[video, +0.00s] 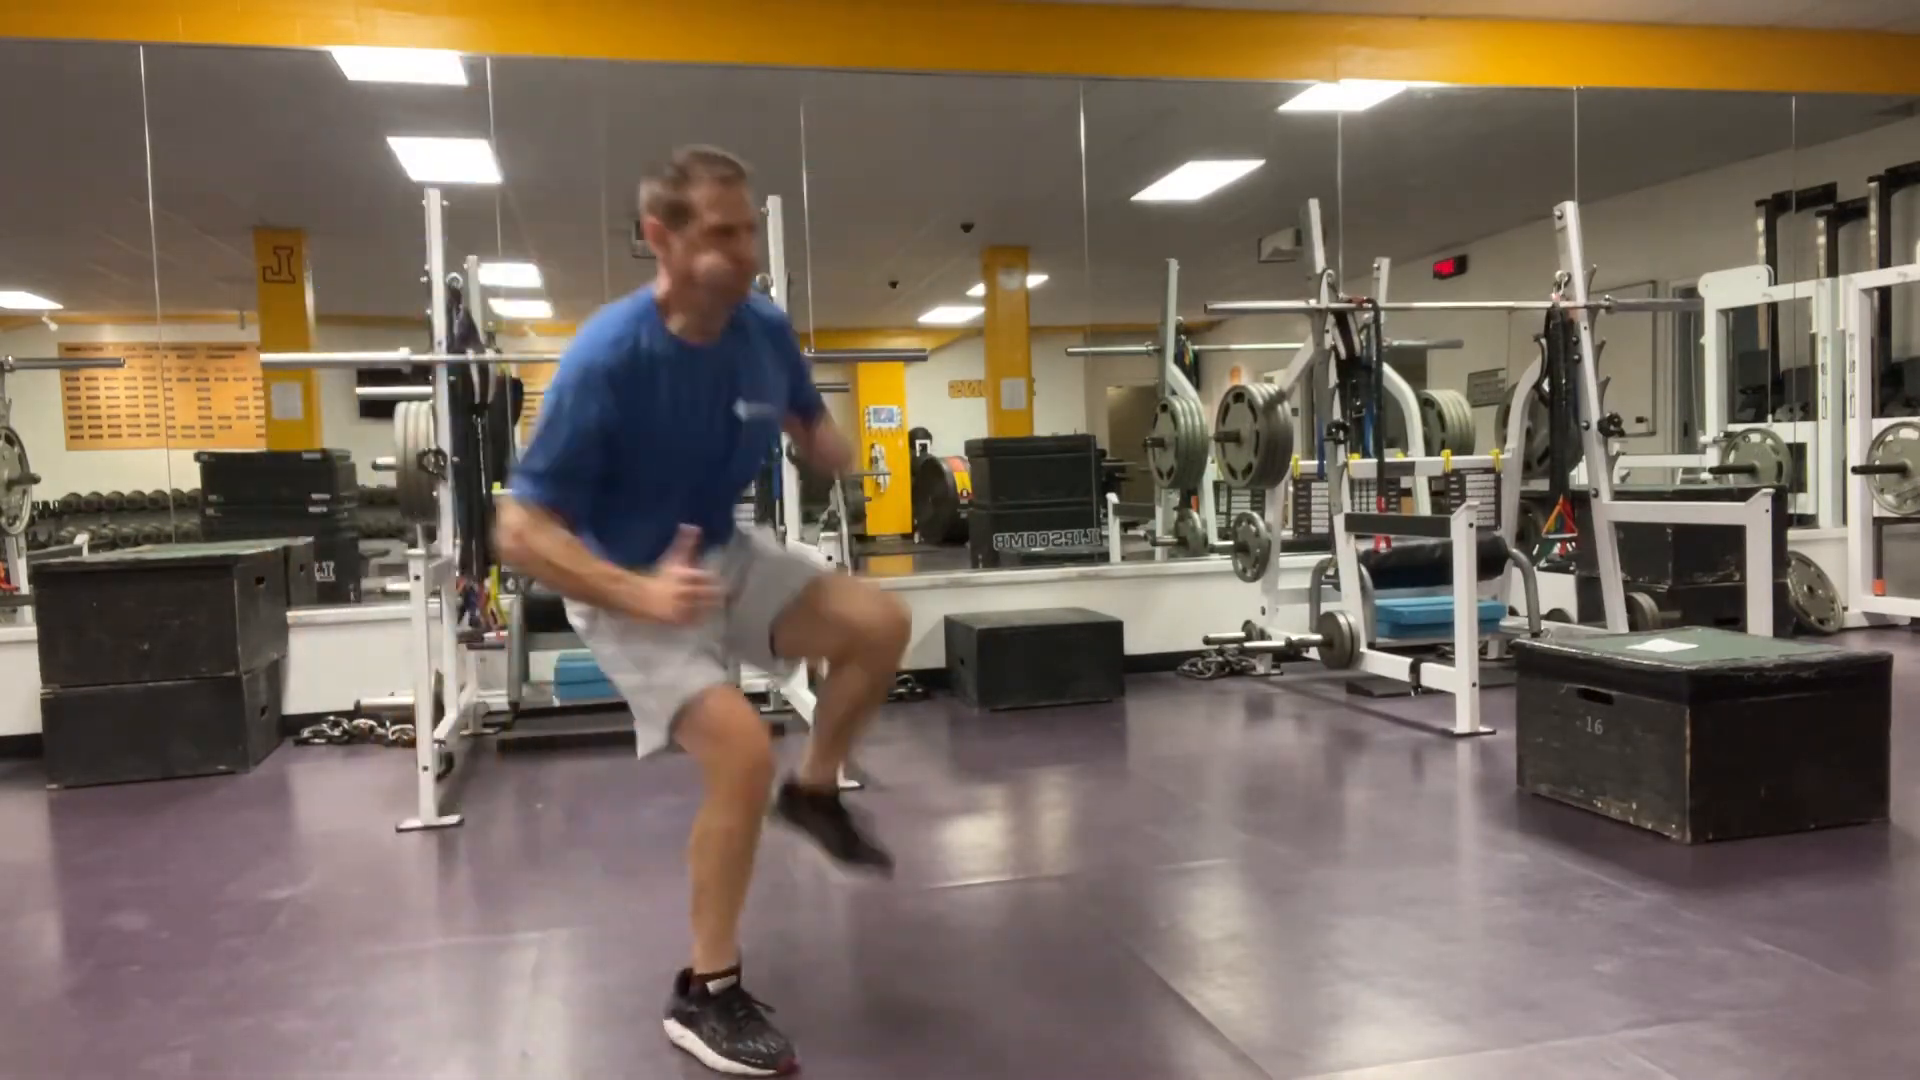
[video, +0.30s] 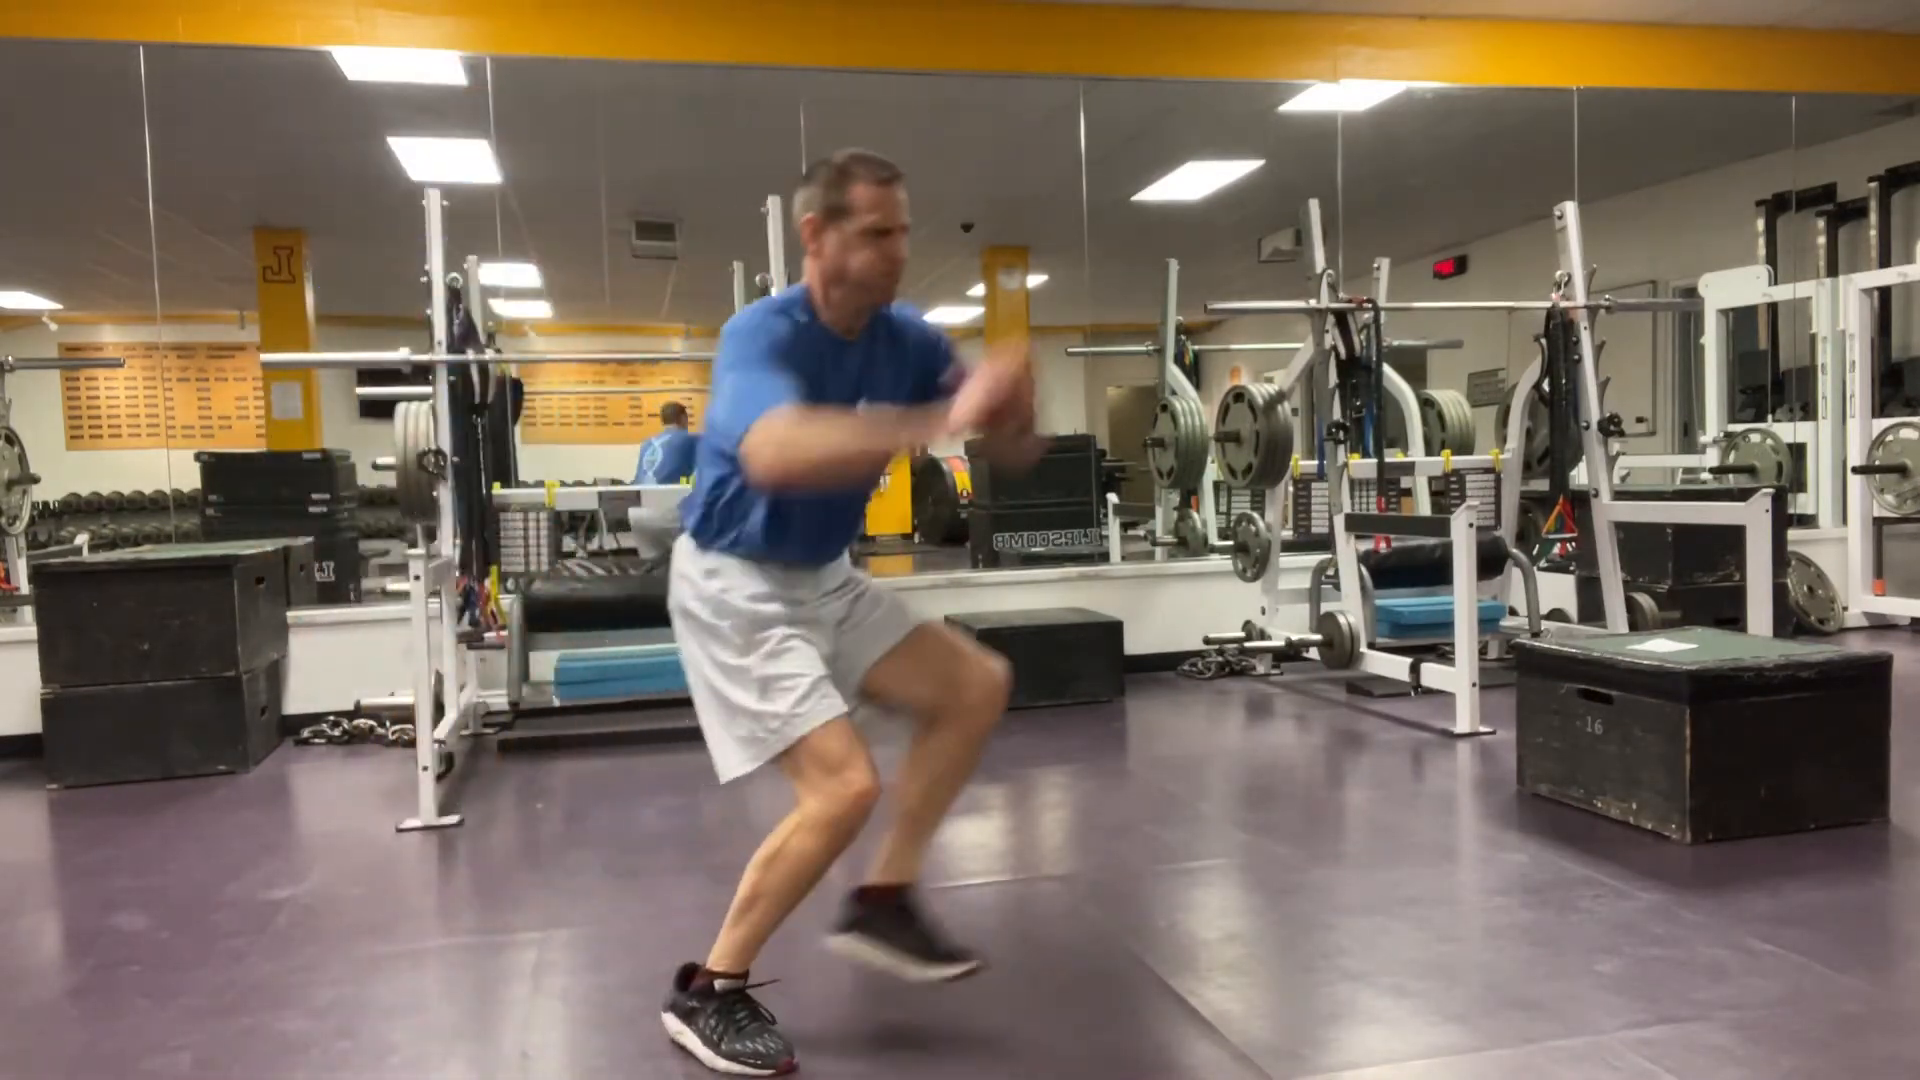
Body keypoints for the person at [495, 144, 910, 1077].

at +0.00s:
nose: (744, 253)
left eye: (749, 233)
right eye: (720, 235)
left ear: (758, 234)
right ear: (659, 239)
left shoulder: (764, 332)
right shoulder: (604, 357)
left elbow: (819, 448)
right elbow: (518, 529)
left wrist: (829, 442)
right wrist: (637, 592)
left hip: (723, 557)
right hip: (626, 592)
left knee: (879, 626)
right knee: (744, 752)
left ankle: (815, 789)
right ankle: (709, 988)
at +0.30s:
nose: (896, 252)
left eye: (901, 234)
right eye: (875, 234)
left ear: (907, 240)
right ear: (815, 240)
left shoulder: (910, 341)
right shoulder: (760, 334)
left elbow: (1007, 454)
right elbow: (777, 451)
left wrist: (1015, 412)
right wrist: (941, 422)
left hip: (829, 582)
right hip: (735, 587)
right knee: (841, 788)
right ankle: (713, 987)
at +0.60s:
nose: (1110, 121)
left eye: (1115, 105)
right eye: (1094, 103)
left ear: (1114, 109)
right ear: (1039, 100)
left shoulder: (1109, 170)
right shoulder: (980, 176)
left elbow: (1178, 152)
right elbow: (875, 157)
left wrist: (1264, 151)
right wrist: (930, 137)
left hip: (1050, 442)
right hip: (969, 450)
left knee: (1183, 514)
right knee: (992, 674)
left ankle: (1095, 645)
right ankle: (845, 861)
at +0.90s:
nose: (1334, 339)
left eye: (1336, 323)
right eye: (1324, 322)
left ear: (1281, 318)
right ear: (1269, 316)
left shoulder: (1282, 403)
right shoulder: (1203, 402)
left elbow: (1267, 496)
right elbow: (1207, 537)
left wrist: (1334, 533)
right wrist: (1328, 535)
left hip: (1199, 567)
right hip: (1128, 573)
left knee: (1308, 670)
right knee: (1276, 692)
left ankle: (1287, 807)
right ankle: (1210, 853)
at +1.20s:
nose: (1416, 437)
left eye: (1421, 423)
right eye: (1406, 419)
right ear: (1354, 407)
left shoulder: (1371, 469)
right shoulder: (1287, 469)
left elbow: (1432, 564)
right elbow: (1367, 594)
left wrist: (1471, 513)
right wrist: (1458, 512)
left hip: (1256, 600)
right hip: (1178, 601)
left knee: (1373, 671)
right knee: (1308, 693)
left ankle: (1294, 806)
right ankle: (1213, 848)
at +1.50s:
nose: (1429, 398)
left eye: (1433, 384)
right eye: (1420, 380)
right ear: (1370, 367)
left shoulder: (1388, 439)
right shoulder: (1299, 424)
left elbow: (1441, 540)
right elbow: (1365, 548)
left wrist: (1484, 484)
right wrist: (1459, 477)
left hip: (1270, 580)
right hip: (1192, 568)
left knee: (1374, 668)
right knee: (1300, 684)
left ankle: (1294, 805)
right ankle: (1211, 848)